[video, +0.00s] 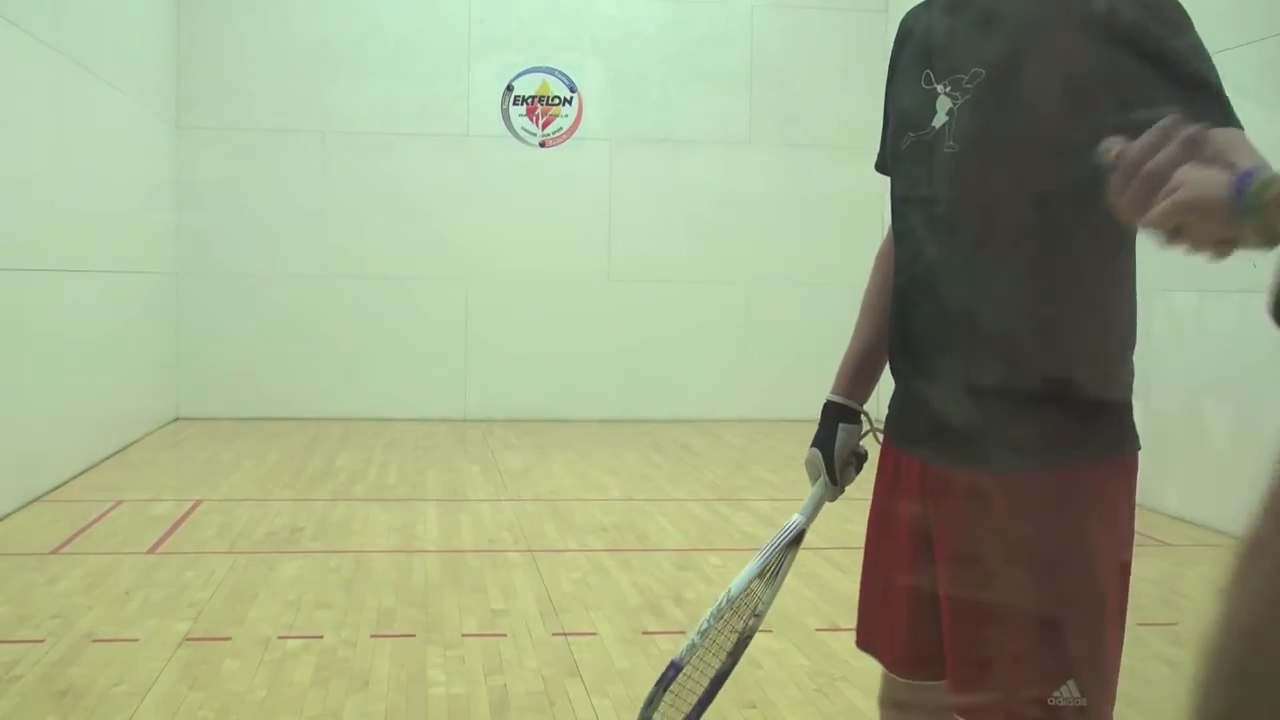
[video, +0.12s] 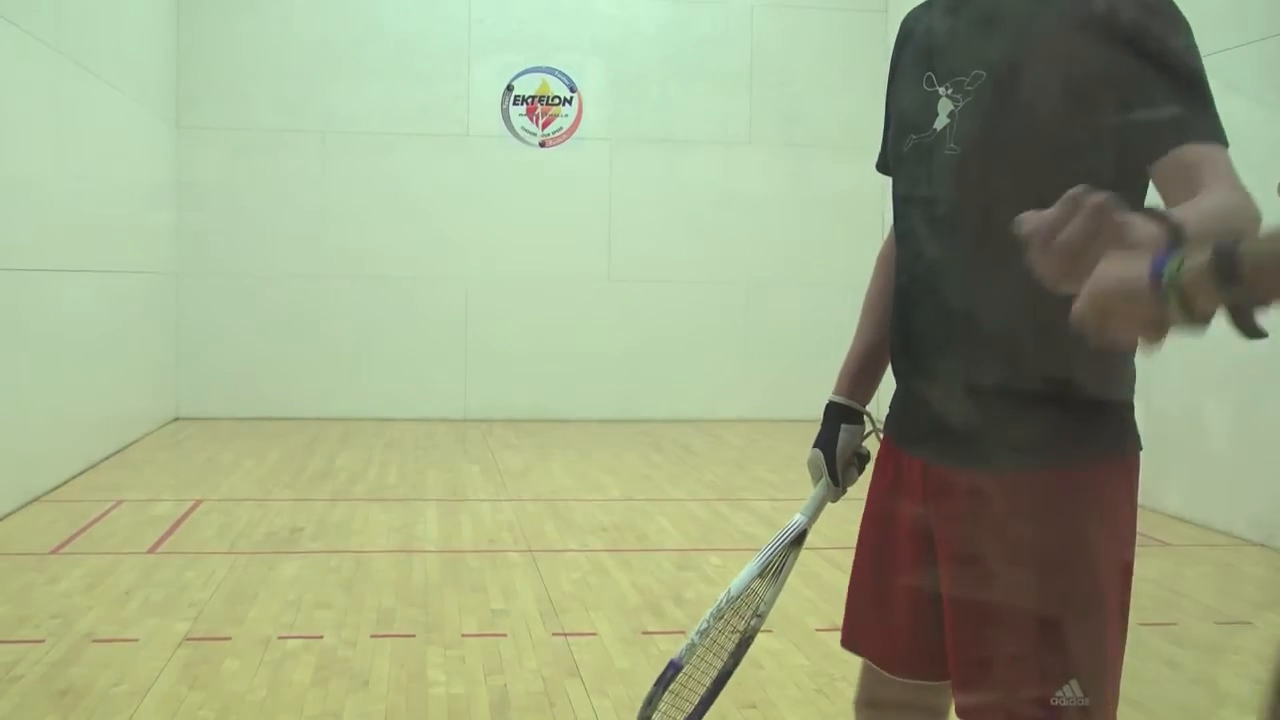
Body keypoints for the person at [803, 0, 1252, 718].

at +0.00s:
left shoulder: (1120, 15)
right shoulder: (926, 24)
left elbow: (1248, 187)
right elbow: (911, 229)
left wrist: (1222, 192)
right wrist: (845, 399)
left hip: (1055, 437)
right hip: (926, 427)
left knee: (1042, 704)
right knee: (911, 698)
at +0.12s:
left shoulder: (1122, 14)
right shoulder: (926, 26)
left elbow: (1224, 200)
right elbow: (912, 230)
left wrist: (1154, 238)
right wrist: (849, 399)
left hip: (1057, 443)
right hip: (926, 431)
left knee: (1040, 708)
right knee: (893, 696)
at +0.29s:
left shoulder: (1114, 21)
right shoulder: (921, 31)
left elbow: (1196, 242)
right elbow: (910, 233)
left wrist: (1049, 289)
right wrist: (849, 399)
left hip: (1050, 451)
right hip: (918, 437)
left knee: (1038, 709)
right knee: (872, 699)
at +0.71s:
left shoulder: (1014, 46)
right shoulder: (839, 74)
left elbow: (1095, 240)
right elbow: (843, 261)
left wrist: (928, 316)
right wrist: (801, 423)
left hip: (982, 440)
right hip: (863, 433)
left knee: (983, 697)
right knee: (853, 681)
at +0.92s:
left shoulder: (959, 49)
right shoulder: (795, 82)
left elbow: (1053, 222)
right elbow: (800, 250)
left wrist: (894, 291)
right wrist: (761, 404)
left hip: (929, 418)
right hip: (829, 416)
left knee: (880, 686)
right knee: (855, 666)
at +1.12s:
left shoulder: (910, 61)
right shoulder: (752, 87)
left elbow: (992, 236)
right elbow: (752, 253)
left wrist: (862, 309)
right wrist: (706, 394)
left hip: (875, 413)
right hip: (789, 412)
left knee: (771, 677)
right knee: (862, 668)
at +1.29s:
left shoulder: (865, 71)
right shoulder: (723, 88)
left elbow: (955, 248)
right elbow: (722, 257)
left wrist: (820, 319)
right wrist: (674, 394)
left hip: (830, 418)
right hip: (751, 417)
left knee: (719, 674)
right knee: (828, 663)